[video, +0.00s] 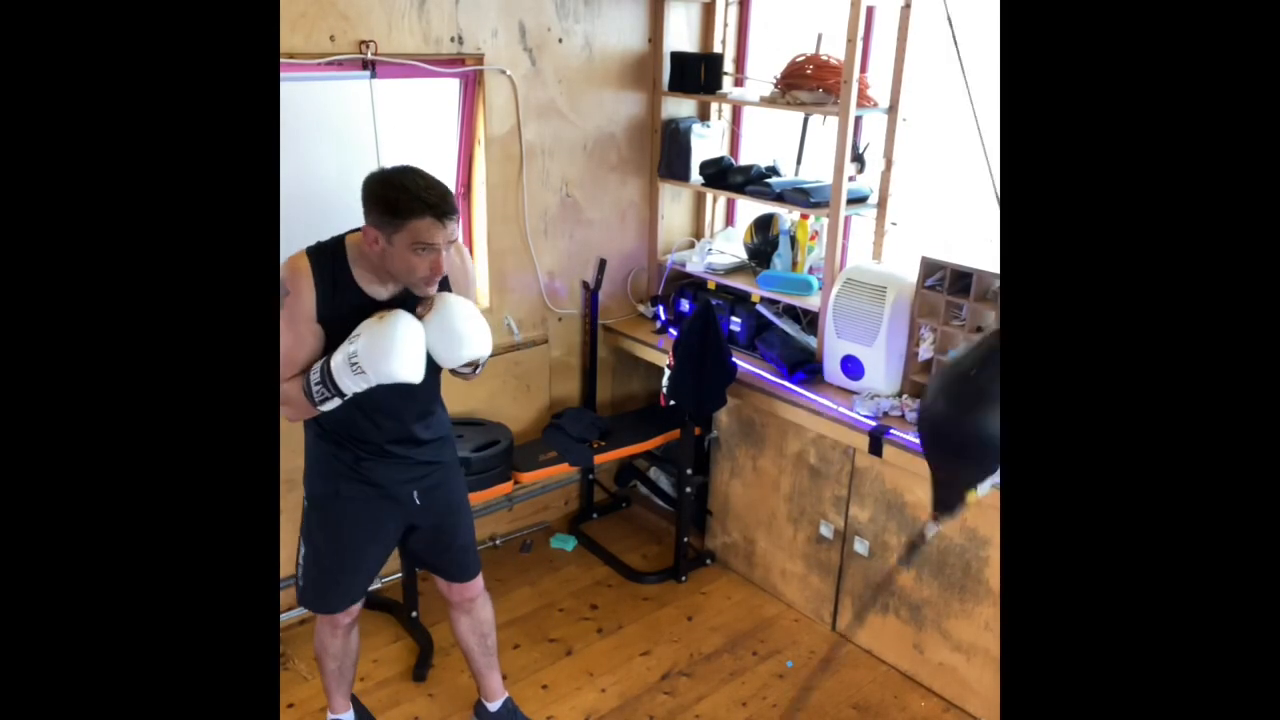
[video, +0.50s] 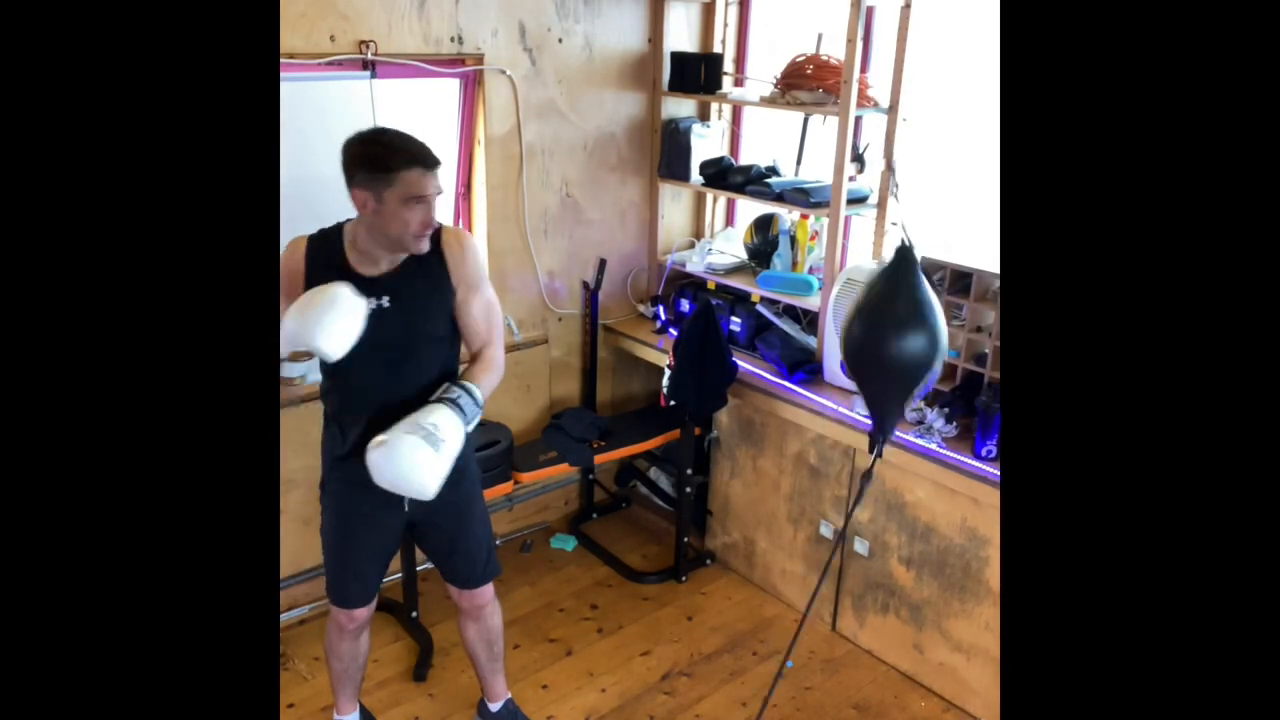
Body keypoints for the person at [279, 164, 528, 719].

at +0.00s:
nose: (441, 263)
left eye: (445, 246)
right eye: (424, 249)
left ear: (452, 237)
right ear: (372, 240)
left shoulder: (448, 263)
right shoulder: (304, 280)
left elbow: (468, 369)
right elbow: (286, 402)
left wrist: (468, 349)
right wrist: (344, 370)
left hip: (431, 460)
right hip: (347, 471)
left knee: (467, 587)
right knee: (339, 612)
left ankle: (495, 702)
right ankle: (341, 713)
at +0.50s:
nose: (432, 217)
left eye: (434, 200)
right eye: (416, 203)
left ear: (439, 194)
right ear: (363, 201)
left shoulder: (455, 251)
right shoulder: (303, 261)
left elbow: (489, 353)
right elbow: (286, 366)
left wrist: (448, 416)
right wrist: (295, 338)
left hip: (444, 451)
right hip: (355, 461)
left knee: (477, 593)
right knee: (350, 613)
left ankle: (497, 703)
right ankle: (347, 713)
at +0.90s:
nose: (495, 211)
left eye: (501, 195)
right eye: (482, 194)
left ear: (503, 190)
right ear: (436, 185)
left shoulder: (457, 249)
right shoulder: (395, 264)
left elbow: (455, 355)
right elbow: (423, 389)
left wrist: (514, 326)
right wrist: (501, 339)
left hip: (459, 449)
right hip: (401, 464)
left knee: (486, 579)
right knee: (393, 613)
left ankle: (494, 699)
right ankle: (344, 711)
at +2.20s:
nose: (555, 219)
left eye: (565, 204)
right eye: (541, 202)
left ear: (573, 195)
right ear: (503, 190)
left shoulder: (555, 235)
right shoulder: (454, 249)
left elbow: (557, 311)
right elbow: (435, 370)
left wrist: (586, 316)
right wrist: (521, 348)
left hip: (521, 420)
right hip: (452, 428)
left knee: (533, 545)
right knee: (429, 591)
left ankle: (535, 656)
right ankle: (385, 712)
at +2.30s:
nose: (545, 223)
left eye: (555, 206)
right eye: (530, 206)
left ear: (565, 198)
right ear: (493, 194)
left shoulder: (562, 235)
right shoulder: (440, 248)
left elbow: (579, 336)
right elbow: (414, 358)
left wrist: (581, 315)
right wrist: (481, 328)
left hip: (529, 432)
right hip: (454, 439)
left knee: (537, 553)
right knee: (431, 591)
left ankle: (535, 656)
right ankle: (390, 712)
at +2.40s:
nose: (537, 221)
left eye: (545, 204)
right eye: (521, 204)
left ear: (554, 196)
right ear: (480, 195)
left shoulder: (557, 240)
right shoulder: (430, 248)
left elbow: (583, 340)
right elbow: (404, 359)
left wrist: (573, 307)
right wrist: (457, 321)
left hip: (527, 430)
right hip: (449, 433)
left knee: (535, 555)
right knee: (419, 592)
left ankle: (536, 655)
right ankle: (378, 712)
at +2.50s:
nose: (527, 238)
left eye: (535, 223)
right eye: (513, 223)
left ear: (543, 212)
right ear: (471, 209)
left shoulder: (543, 245)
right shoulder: (412, 255)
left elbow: (564, 352)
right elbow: (394, 372)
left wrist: (558, 321)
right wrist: (449, 325)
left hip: (512, 438)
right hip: (435, 447)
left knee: (531, 556)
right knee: (397, 597)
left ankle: (535, 657)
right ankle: (350, 713)